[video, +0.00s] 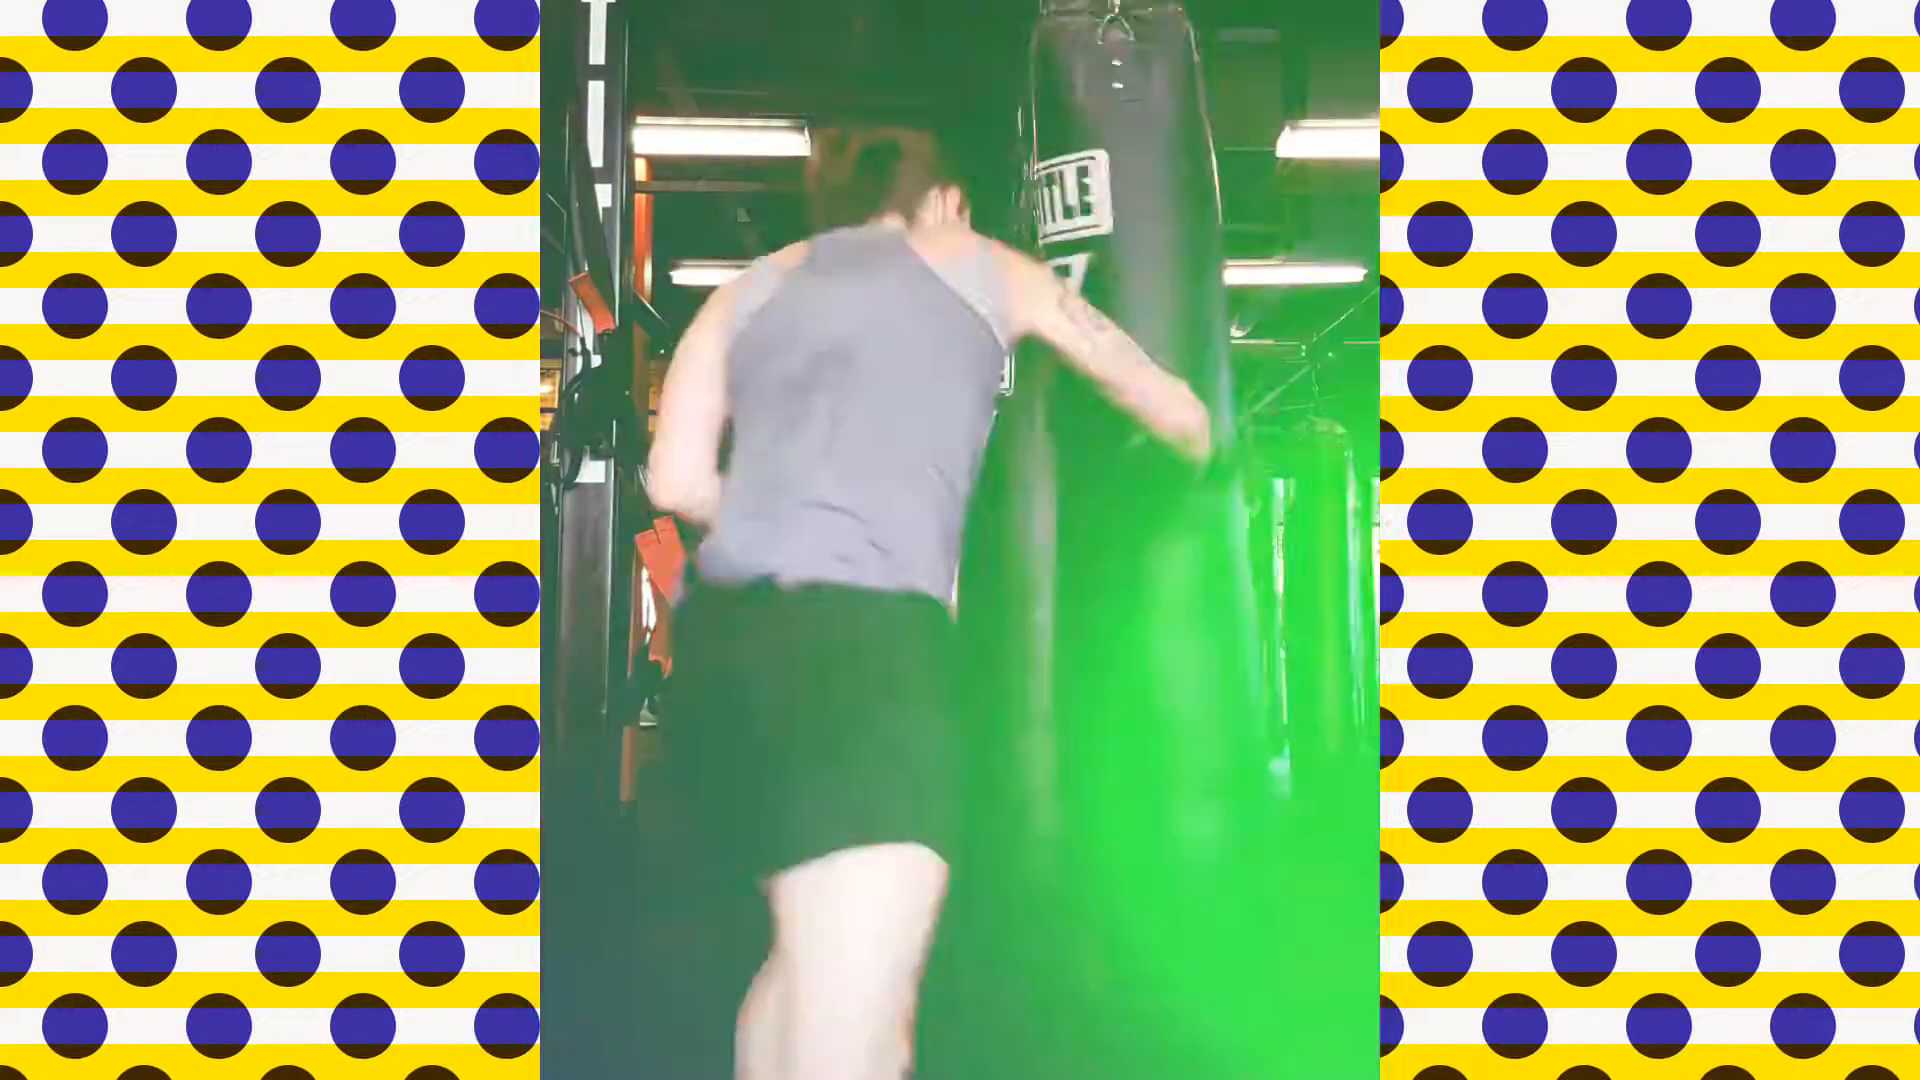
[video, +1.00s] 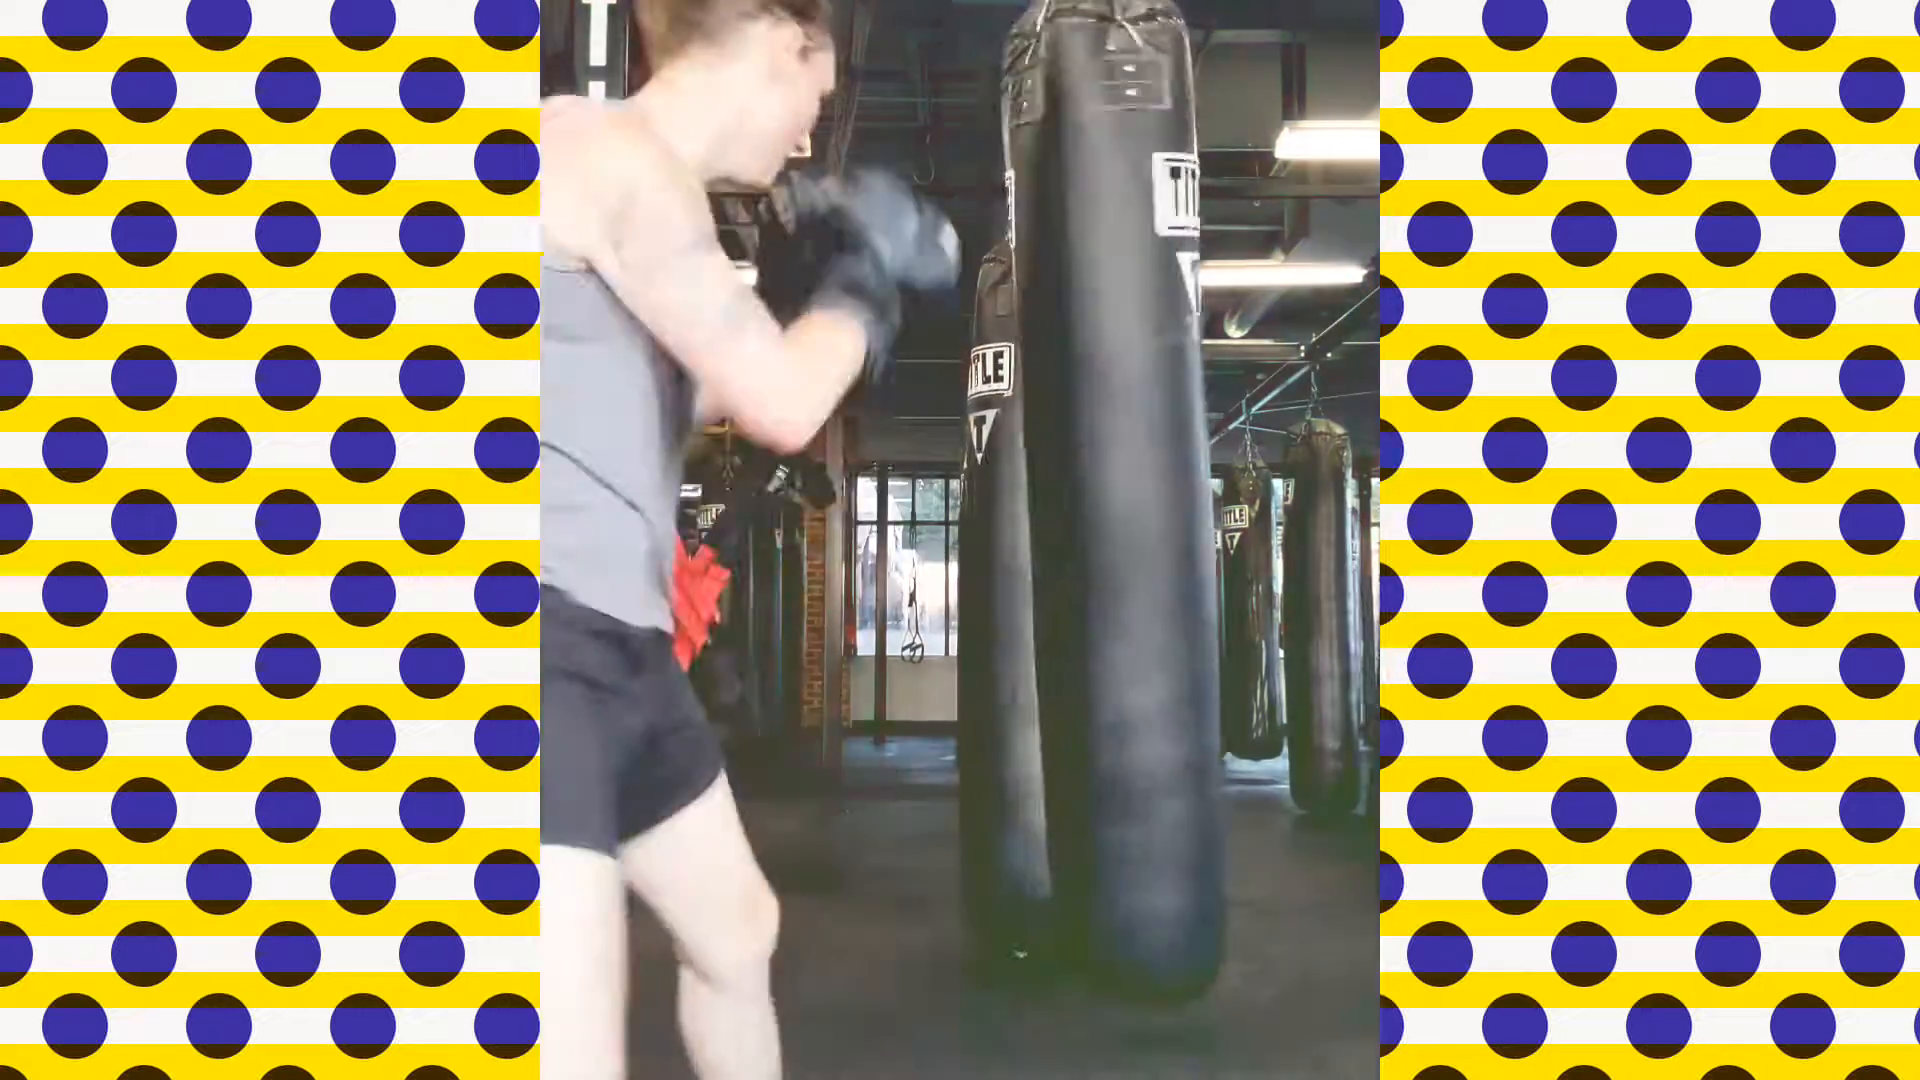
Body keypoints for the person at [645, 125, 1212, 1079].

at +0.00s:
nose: (966, 227)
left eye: (964, 219)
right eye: (967, 215)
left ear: (828, 205)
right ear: (943, 205)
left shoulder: (740, 293)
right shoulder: (982, 266)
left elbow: (677, 481)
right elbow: (1164, 403)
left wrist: (796, 525)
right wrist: (1203, 446)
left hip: (723, 649)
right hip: (866, 643)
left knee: (804, 956)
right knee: (857, 1015)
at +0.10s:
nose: (994, 177)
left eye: (998, 153)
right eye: (997, 147)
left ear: (872, 121)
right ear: (966, 124)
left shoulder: (784, 229)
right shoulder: (924, 219)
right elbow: (952, 491)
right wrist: (1042, 500)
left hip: (698, 657)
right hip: (758, 666)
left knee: (877, 917)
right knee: (805, 1061)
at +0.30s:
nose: (1037, 191)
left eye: (1047, 164)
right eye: (1046, 157)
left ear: (954, 121)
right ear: (1012, 129)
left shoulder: (885, 268)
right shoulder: (791, 233)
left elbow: (896, 328)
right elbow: (676, 473)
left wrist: (1017, 318)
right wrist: (845, 583)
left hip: (759, 651)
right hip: (632, 654)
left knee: (864, 938)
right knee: (633, 1046)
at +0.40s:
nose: (965, 240)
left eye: (971, 214)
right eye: (967, 209)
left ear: (892, 174)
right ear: (930, 180)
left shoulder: (851, 286)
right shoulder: (830, 242)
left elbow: (861, 428)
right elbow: (783, 428)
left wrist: (963, 358)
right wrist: (927, 453)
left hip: (758, 633)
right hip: (716, 626)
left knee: (824, 918)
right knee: (692, 1019)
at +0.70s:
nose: (902, 265)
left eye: (899, 244)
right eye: (893, 241)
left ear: (807, 214)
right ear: (861, 220)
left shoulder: (756, 299)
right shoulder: (818, 260)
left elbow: (915, 435)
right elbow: (926, 423)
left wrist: (1048, 475)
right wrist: (1066, 480)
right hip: (692, 660)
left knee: (812, 913)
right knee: (650, 1032)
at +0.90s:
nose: (815, 209)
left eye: (814, 189)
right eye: (814, 186)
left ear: (693, 167)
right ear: (791, 166)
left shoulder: (585, 282)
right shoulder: (804, 253)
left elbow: (530, 468)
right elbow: (849, 494)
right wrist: (903, 525)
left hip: (574, 657)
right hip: (677, 659)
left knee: (770, 921)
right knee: (700, 1052)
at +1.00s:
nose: (807, 140)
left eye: (822, 112)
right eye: (817, 100)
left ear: (745, 40)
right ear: (775, 43)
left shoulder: (622, 168)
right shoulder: (609, 158)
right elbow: (785, 403)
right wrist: (868, 270)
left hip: (628, 649)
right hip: (548, 647)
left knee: (734, 933)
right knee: (573, 1033)